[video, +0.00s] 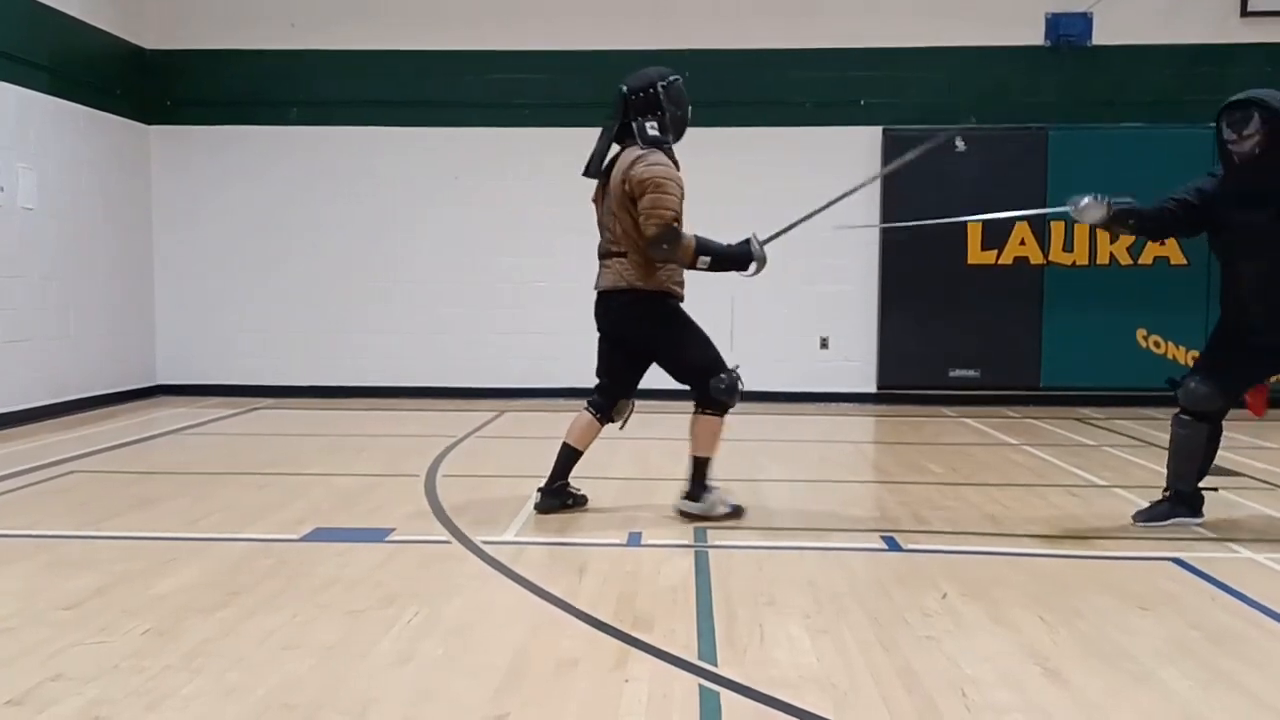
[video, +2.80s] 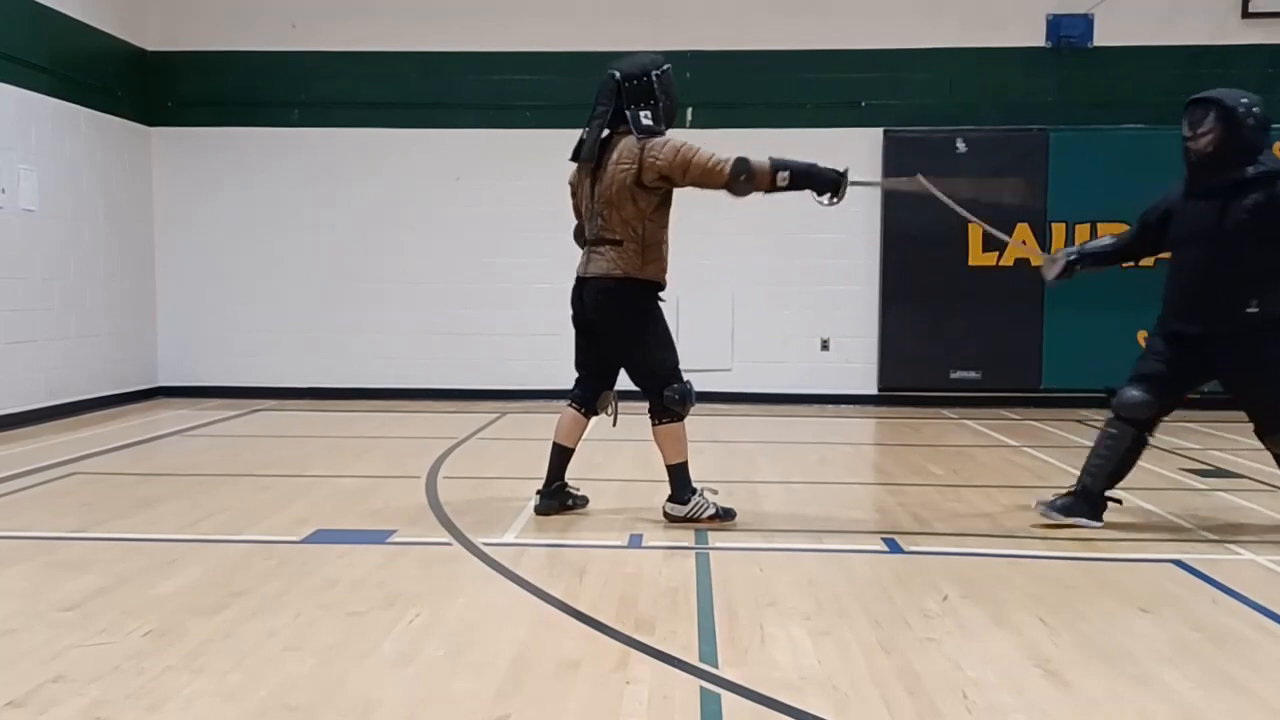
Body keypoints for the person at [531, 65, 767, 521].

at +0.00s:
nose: (685, 112)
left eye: (682, 103)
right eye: (678, 104)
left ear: (632, 111)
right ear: (664, 110)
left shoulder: (620, 162)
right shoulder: (655, 167)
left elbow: (635, 243)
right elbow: (663, 243)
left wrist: (721, 257)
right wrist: (731, 256)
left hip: (615, 304)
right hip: (648, 305)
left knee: (609, 397)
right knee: (717, 383)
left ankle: (554, 486)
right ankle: (698, 492)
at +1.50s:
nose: (655, 105)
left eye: (651, 96)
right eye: (650, 97)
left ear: (604, 104)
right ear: (638, 101)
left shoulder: (588, 153)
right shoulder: (639, 152)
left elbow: (584, 219)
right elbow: (699, 201)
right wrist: (775, 212)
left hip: (595, 293)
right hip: (634, 294)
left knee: (594, 389)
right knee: (674, 390)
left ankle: (553, 487)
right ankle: (683, 495)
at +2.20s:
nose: (664, 103)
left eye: (661, 94)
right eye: (659, 95)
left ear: (613, 101)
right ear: (646, 100)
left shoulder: (592, 151)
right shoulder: (641, 155)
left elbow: (596, 224)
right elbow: (649, 229)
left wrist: (689, 233)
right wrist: (707, 236)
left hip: (590, 292)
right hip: (628, 294)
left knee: (592, 386)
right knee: (671, 392)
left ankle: (553, 487)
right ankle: (683, 495)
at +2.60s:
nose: (657, 105)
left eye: (655, 95)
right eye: (652, 96)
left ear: (604, 100)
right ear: (637, 101)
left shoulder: (587, 152)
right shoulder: (632, 158)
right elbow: (681, 224)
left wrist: (718, 230)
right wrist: (751, 222)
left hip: (584, 293)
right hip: (620, 295)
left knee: (588, 390)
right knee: (658, 394)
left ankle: (551, 489)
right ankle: (682, 496)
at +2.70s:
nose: (663, 103)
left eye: (660, 94)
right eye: (658, 95)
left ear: (610, 100)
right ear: (643, 100)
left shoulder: (588, 150)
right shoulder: (642, 154)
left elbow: (582, 223)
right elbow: (711, 199)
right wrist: (783, 201)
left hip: (586, 293)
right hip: (623, 295)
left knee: (588, 388)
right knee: (662, 394)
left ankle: (551, 488)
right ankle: (682, 496)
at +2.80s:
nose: (671, 102)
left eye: (668, 93)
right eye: (665, 94)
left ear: (618, 100)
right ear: (650, 100)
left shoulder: (593, 150)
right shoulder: (653, 150)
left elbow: (584, 226)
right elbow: (734, 173)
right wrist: (807, 174)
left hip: (590, 292)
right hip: (628, 295)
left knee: (589, 389)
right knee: (668, 394)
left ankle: (552, 487)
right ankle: (683, 496)